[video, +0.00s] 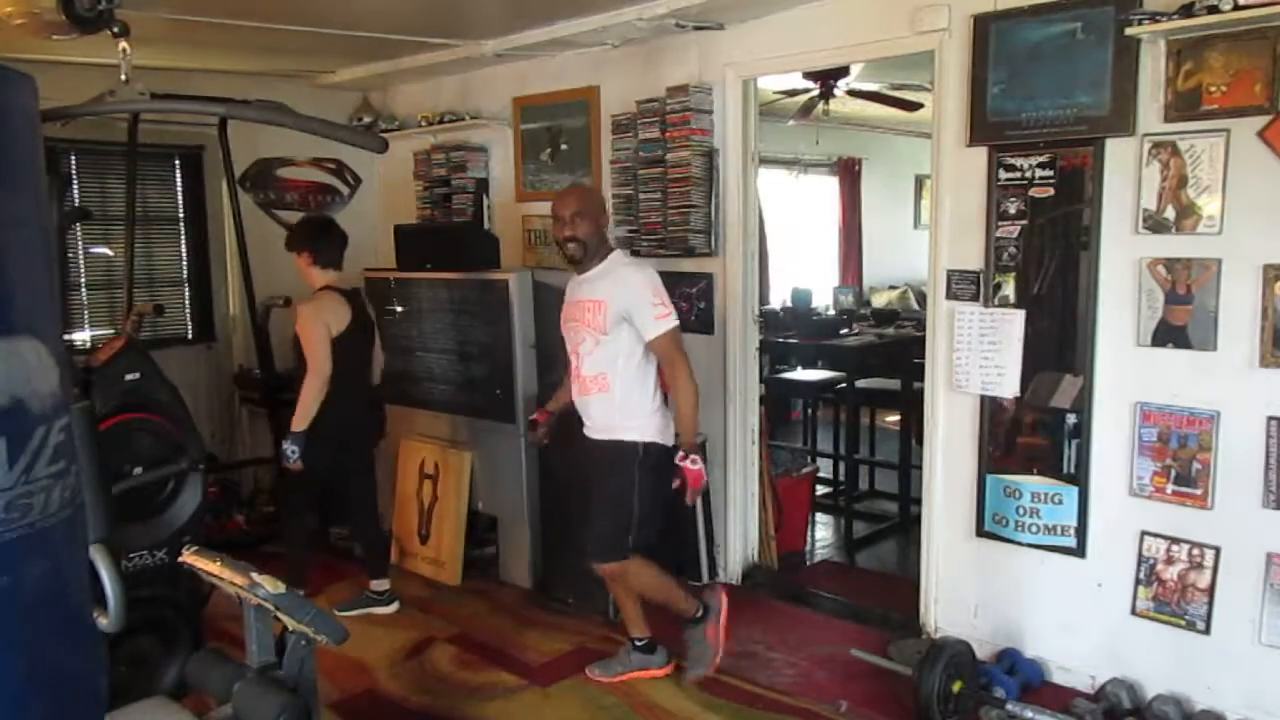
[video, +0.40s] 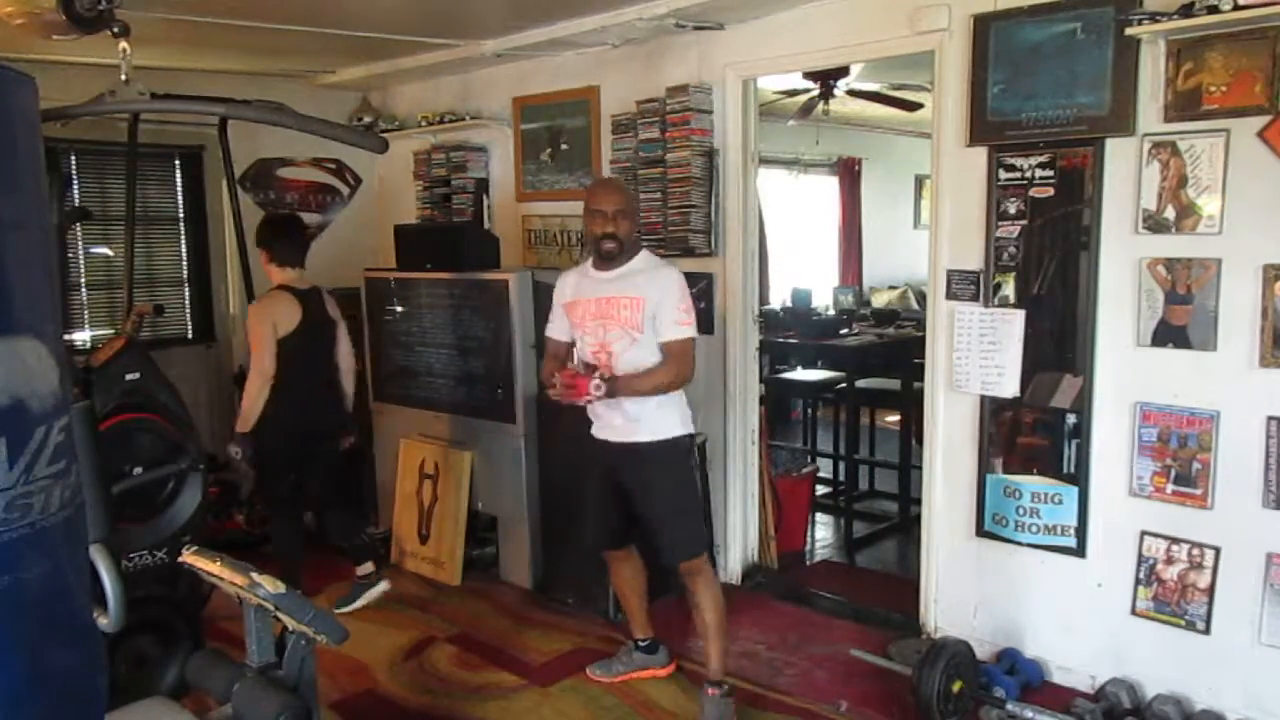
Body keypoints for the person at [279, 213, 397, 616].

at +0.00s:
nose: (297, 263)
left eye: (297, 256)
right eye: (297, 256)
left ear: (307, 258)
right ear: (337, 254)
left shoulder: (312, 310)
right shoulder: (359, 301)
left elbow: (319, 374)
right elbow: (376, 364)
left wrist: (295, 432)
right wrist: (358, 395)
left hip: (326, 422)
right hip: (361, 417)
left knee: (303, 503)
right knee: (363, 502)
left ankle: (295, 587)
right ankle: (380, 587)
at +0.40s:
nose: (260, 259)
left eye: (260, 253)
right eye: (262, 252)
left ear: (266, 257)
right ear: (303, 253)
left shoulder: (264, 308)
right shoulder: (327, 302)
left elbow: (262, 374)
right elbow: (346, 363)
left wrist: (241, 430)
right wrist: (346, 414)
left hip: (283, 426)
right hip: (327, 419)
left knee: (283, 506)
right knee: (330, 495)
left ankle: (289, 590)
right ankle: (366, 568)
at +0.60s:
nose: (246, 260)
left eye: (247, 254)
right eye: (249, 254)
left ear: (250, 257)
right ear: (287, 256)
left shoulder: (243, 308)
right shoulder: (314, 303)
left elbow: (235, 371)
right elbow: (335, 365)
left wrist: (210, 420)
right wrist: (324, 402)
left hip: (266, 418)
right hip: (312, 414)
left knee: (275, 496)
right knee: (294, 487)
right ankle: (319, 557)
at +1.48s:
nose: (236, 263)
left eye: (233, 257)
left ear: (234, 260)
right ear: (271, 258)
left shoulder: (216, 311)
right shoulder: (294, 309)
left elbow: (206, 371)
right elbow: (314, 367)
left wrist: (216, 407)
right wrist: (309, 403)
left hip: (238, 417)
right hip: (285, 414)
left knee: (237, 489)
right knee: (287, 491)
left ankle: (237, 559)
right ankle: (285, 561)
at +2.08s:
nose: (241, 262)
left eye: (239, 257)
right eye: (240, 257)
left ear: (199, 259)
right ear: (235, 260)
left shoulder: (187, 304)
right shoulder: (239, 302)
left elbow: (178, 359)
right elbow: (254, 360)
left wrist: (207, 376)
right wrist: (276, 403)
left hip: (207, 405)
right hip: (244, 404)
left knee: (218, 477)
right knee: (265, 476)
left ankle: (209, 551)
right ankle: (273, 555)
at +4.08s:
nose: (237, 263)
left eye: (239, 256)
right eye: (230, 255)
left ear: (236, 260)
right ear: (207, 258)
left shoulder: (209, 298)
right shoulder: (211, 304)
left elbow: (215, 358)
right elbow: (211, 360)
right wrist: (233, 411)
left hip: (211, 403)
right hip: (218, 407)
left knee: (226, 479)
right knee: (236, 480)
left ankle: (225, 547)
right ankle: (245, 551)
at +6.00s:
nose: (242, 268)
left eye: (245, 260)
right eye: (234, 259)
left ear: (248, 260)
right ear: (212, 259)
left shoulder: (224, 295)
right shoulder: (212, 302)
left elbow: (228, 354)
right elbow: (216, 359)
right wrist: (246, 407)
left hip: (219, 401)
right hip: (218, 405)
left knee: (233, 478)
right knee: (236, 479)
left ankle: (235, 549)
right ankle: (241, 552)